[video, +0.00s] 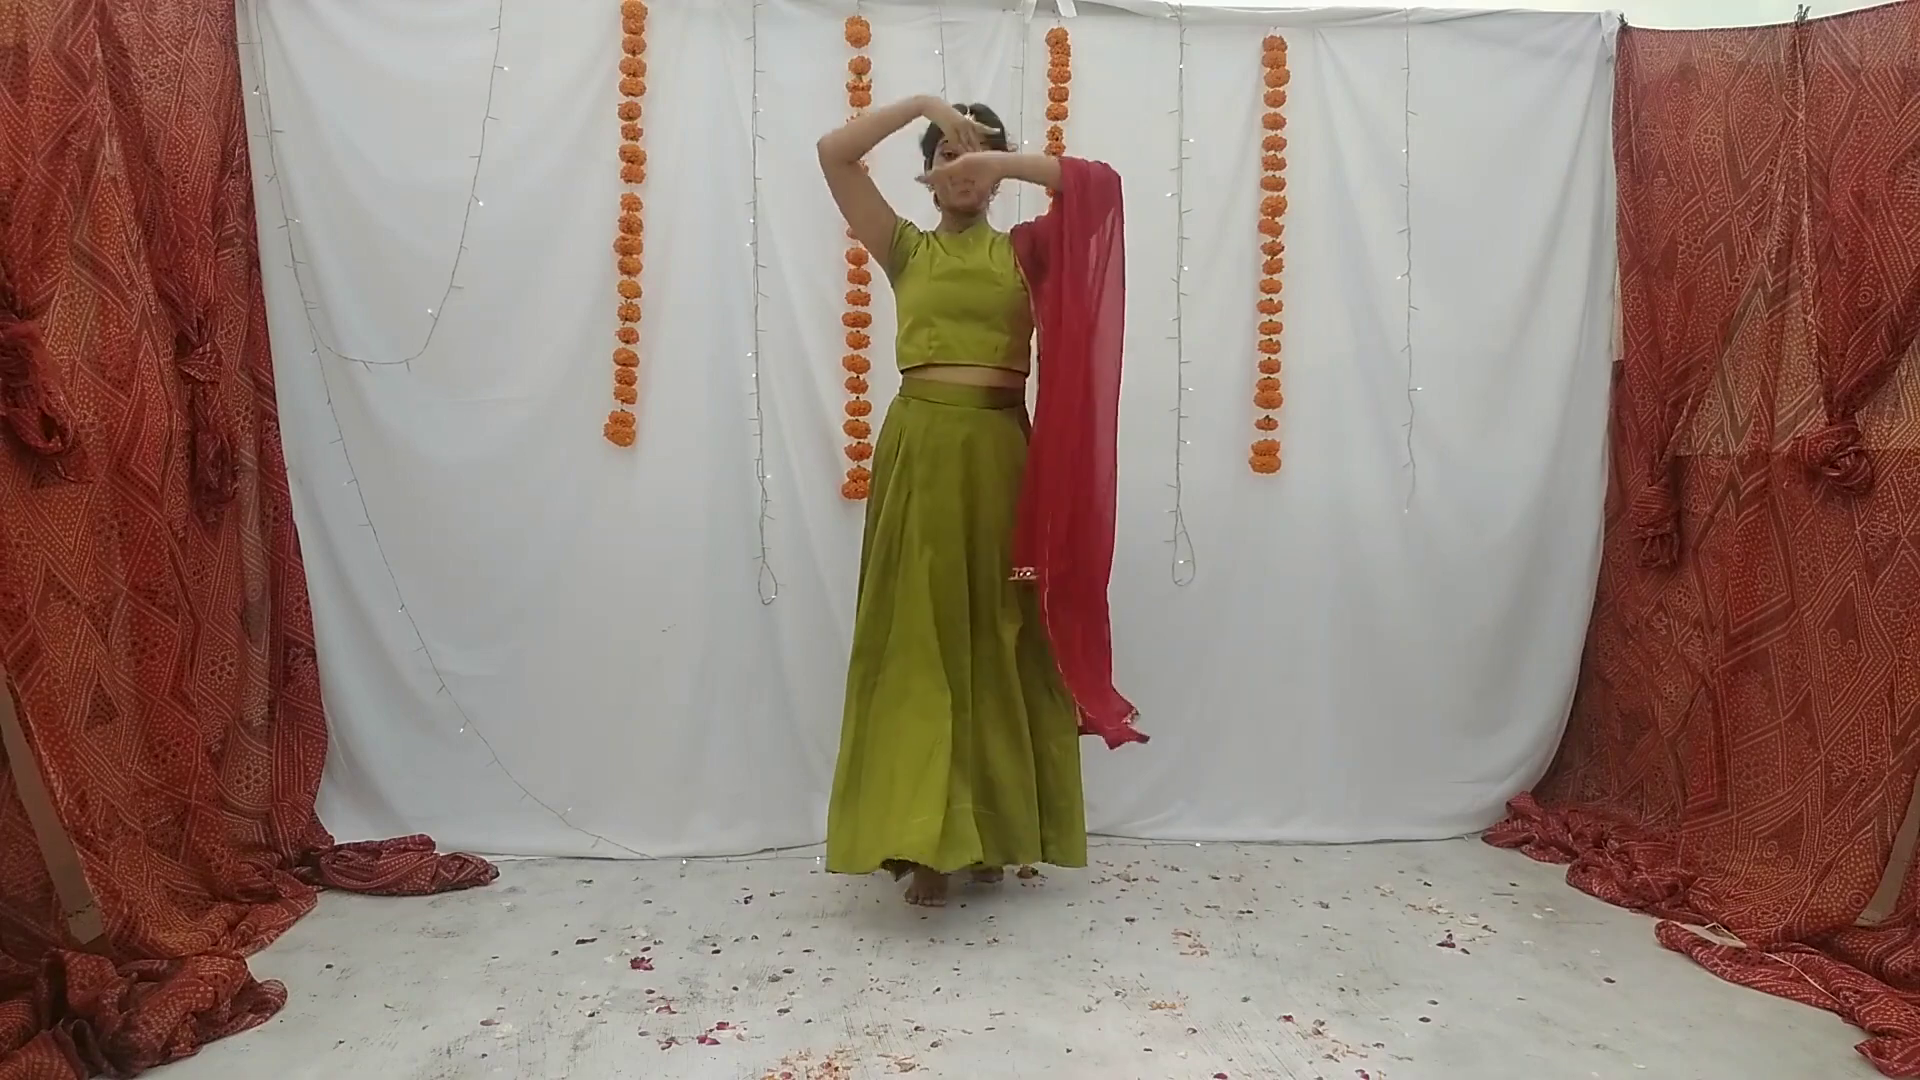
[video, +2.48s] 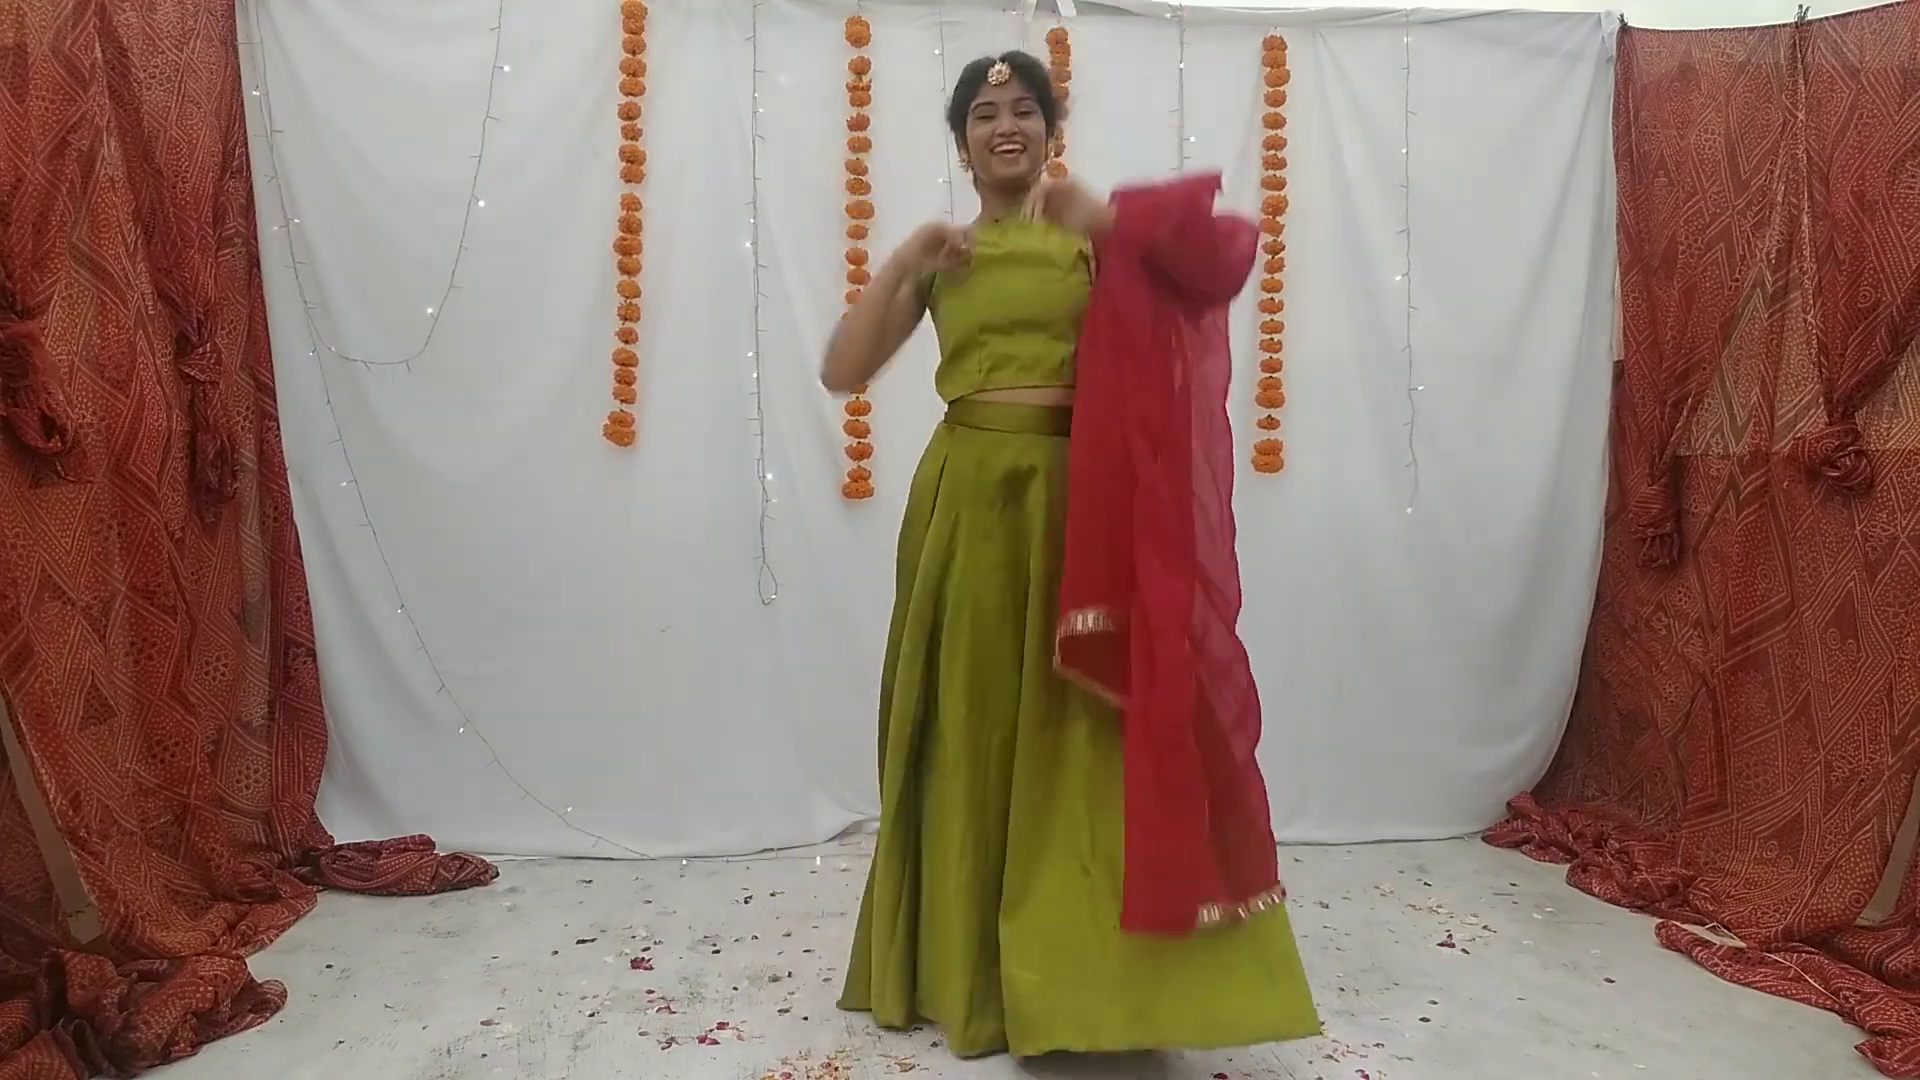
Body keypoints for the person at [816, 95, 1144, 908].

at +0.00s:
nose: (961, 165)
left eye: (976, 156)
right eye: (948, 155)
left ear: (998, 175)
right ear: (927, 170)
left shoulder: (1025, 250)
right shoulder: (906, 246)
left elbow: (1098, 187)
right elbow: (834, 153)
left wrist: (995, 158)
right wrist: (917, 102)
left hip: (998, 447)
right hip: (918, 442)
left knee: (995, 636)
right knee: (919, 636)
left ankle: (993, 825)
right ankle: (923, 836)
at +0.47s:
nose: (943, 257)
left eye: (958, 245)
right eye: (932, 247)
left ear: (986, 254)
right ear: (917, 257)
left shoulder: (1010, 332)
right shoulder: (895, 337)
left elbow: (1074, 327)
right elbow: (813, 334)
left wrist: (978, 320)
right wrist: (903, 327)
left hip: (980, 530)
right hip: (897, 527)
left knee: (968, 657)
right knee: (886, 682)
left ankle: (991, 849)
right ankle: (892, 860)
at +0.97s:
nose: (968, 166)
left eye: (985, 153)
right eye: (953, 152)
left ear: (1008, 161)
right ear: (933, 161)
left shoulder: (1041, 240)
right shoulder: (908, 241)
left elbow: (1109, 141)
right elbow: (826, 263)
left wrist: (1005, 88)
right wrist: (933, 291)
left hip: (1003, 459)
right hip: (914, 455)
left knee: (996, 657)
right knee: (908, 650)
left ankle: (979, 865)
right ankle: (910, 847)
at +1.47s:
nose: (993, 153)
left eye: (1010, 139)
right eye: (976, 136)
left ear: (1033, 151)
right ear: (952, 144)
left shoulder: (1052, 242)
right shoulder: (920, 231)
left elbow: (1136, 225)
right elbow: (857, 119)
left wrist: (1007, 228)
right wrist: (956, 95)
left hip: (1027, 462)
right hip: (938, 455)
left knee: (1007, 667)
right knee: (928, 666)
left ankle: (986, 874)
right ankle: (914, 909)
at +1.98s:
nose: (1019, 174)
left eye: (1037, 160)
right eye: (1001, 158)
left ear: (1059, 176)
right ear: (975, 171)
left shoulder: (1089, 264)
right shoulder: (948, 271)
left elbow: (1163, 158)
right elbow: (841, 256)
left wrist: (1054, 119)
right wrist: (956, 265)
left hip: (1060, 496)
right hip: (959, 491)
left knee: (1066, 715)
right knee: (950, 713)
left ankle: (1083, 932)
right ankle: (933, 938)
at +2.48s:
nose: (1006, 127)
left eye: (1022, 112)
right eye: (987, 114)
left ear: (1052, 130)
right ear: (960, 139)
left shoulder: (1096, 234)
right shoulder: (941, 252)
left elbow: (1193, 309)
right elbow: (845, 369)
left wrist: (1108, 223)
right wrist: (904, 265)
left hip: (1086, 495)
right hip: (972, 492)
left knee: (1085, 732)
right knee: (969, 730)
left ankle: (1086, 984)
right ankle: (965, 975)